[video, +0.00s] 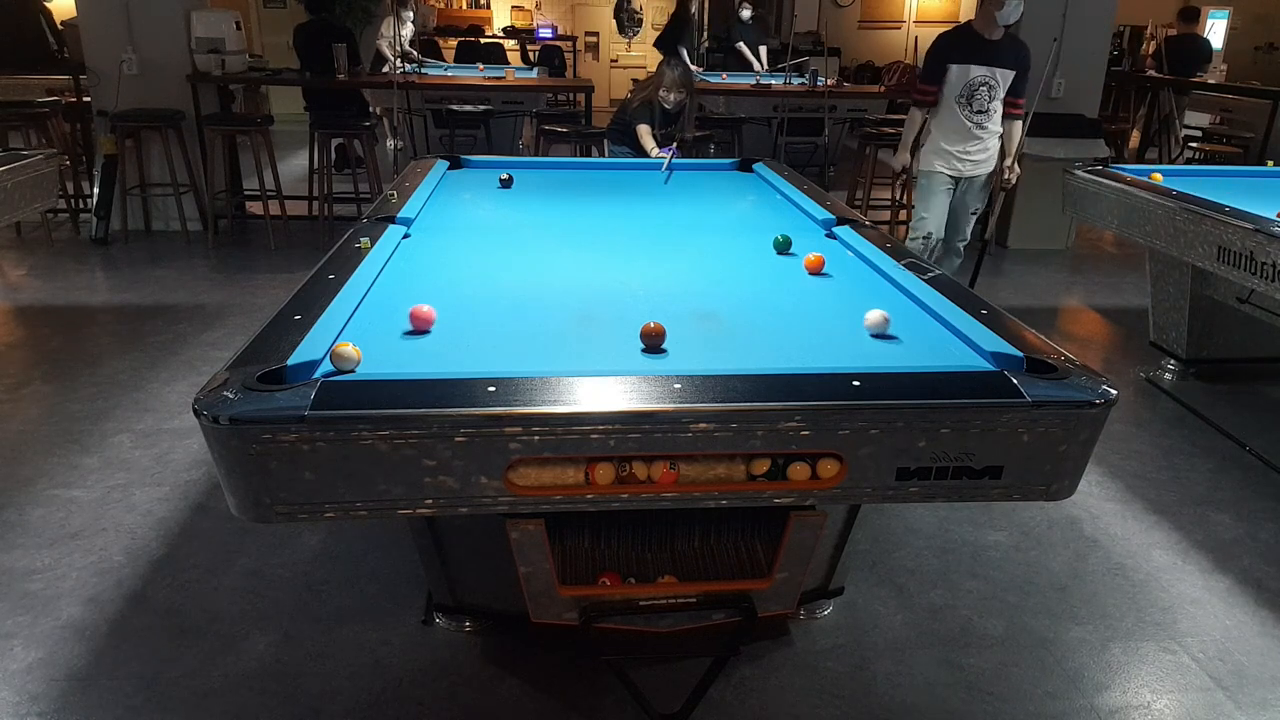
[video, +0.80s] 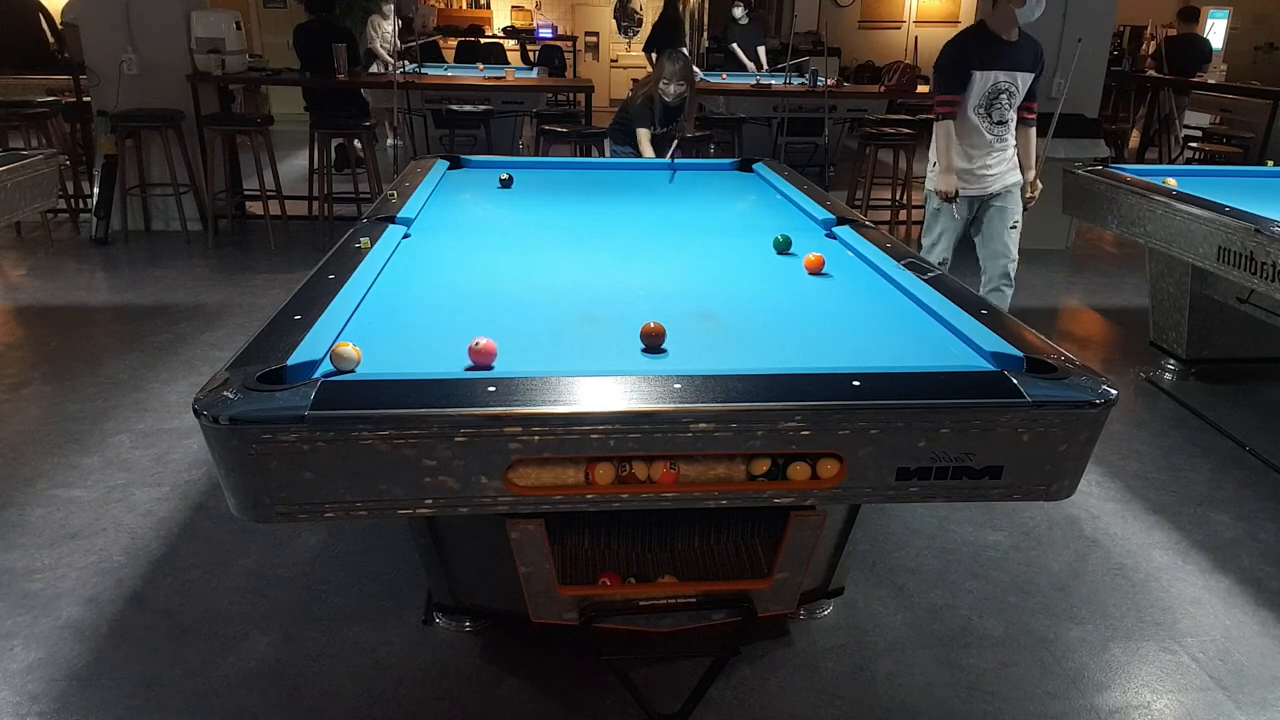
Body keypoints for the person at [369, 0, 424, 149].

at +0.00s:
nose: (409, 14)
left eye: (411, 11)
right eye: (406, 11)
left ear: (413, 11)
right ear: (398, 11)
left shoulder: (410, 27)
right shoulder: (390, 21)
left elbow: (404, 45)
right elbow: (380, 42)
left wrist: (414, 54)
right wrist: (392, 60)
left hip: (398, 67)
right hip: (381, 68)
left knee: (396, 105)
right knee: (385, 106)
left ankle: (396, 135)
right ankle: (389, 138)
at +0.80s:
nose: (390, 7)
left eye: (392, 4)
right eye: (386, 4)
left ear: (394, 5)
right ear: (380, 6)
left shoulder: (397, 21)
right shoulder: (374, 20)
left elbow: (396, 41)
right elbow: (374, 45)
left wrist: (401, 47)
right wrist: (391, 61)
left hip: (392, 61)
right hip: (377, 62)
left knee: (392, 100)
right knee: (380, 101)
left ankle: (394, 135)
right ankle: (389, 136)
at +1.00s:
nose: (378, 6)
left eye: (379, 3)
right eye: (374, 3)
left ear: (381, 5)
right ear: (367, 6)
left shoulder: (383, 21)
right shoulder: (361, 21)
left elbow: (381, 41)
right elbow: (362, 47)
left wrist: (392, 49)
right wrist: (380, 61)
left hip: (381, 64)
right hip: (367, 65)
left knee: (386, 102)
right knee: (375, 103)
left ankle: (390, 136)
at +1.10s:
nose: (366, 7)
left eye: (368, 4)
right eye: (362, 4)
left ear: (371, 6)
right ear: (355, 5)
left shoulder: (372, 23)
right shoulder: (351, 23)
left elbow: (370, 43)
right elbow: (355, 52)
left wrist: (378, 47)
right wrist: (373, 65)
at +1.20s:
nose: (355, 9)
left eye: (357, 6)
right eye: (351, 6)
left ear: (360, 7)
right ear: (344, 7)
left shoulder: (361, 25)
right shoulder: (338, 26)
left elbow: (359, 44)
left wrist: (366, 48)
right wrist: (363, 67)